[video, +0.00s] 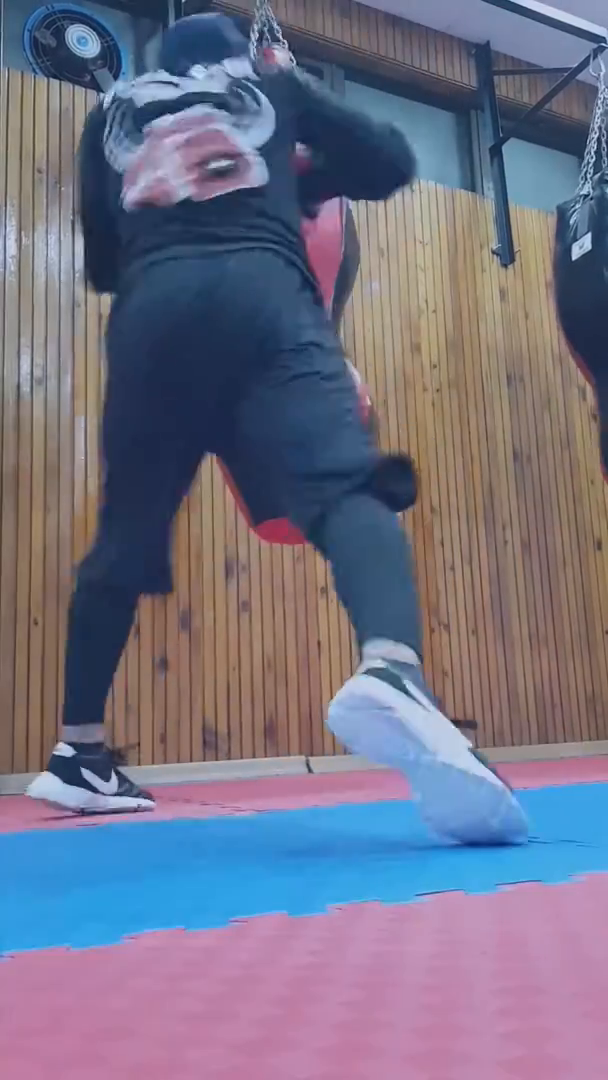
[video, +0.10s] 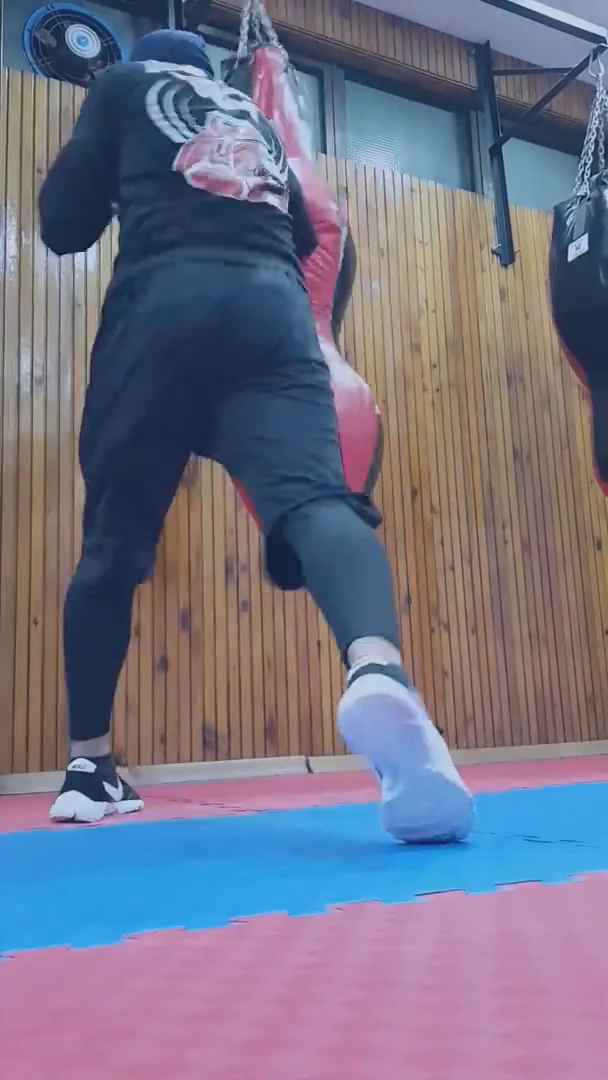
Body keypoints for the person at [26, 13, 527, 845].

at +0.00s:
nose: (260, 55)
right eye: (253, 46)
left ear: (164, 60)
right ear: (244, 50)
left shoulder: (112, 112)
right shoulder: (271, 87)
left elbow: (104, 262)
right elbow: (389, 165)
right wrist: (301, 180)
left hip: (151, 295)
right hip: (262, 278)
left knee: (126, 530)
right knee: (340, 487)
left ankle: (79, 749)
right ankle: (391, 668)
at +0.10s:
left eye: (131, 63)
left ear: (146, 59)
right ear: (218, 68)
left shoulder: (124, 84)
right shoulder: (259, 122)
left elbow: (64, 224)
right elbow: (301, 232)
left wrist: (113, 149)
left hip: (162, 292)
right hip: (270, 292)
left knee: (113, 546)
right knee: (314, 494)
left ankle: (88, 765)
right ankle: (375, 668)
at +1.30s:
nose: (43, 84)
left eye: (45, 75)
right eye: (47, 76)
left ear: (56, 79)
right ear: (135, 85)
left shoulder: (42, 120)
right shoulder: (217, 157)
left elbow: (15, 261)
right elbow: (247, 282)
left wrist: (63, 217)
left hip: (116, 342)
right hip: (232, 344)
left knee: (39, 551)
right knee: (280, 563)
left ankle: (16, 763)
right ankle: (380, 676)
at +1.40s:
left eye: (65, 79)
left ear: (69, 90)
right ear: (150, 84)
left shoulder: (42, 128)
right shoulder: (214, 131)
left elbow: (15, 271)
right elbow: (285, 278)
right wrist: (193, 278)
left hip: (121, 350)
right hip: (241, 346)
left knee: (44, 564)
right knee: (320, 551)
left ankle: (15, 764)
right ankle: (364, 689)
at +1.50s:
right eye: (207, 29)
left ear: (114, 50)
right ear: (197, 37)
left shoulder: (71, 112)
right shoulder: (244, 94)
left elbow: (36, 262)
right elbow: (318, 245)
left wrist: (105, 176)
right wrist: (229, 186)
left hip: (130, 342)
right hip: (248, 326)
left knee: (78, 557)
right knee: (357, 535)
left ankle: (19, 765)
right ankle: (382, 716)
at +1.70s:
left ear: (229, 2)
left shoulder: (194, 65)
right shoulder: (358, 20)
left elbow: (136, 209)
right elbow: (404, 201)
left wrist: (204, 273)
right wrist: (314, 143)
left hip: (215, 289)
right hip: (324, 267)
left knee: (185, 545)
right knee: (410, 517)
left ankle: (77, 755)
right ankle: (353, 772)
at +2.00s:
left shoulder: (348, 17)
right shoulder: (515, 17)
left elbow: (272, 118)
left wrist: (351, 191)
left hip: (367, 234)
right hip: (473, 217)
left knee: (427, 501)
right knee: (455, 486)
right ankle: (366, 742)